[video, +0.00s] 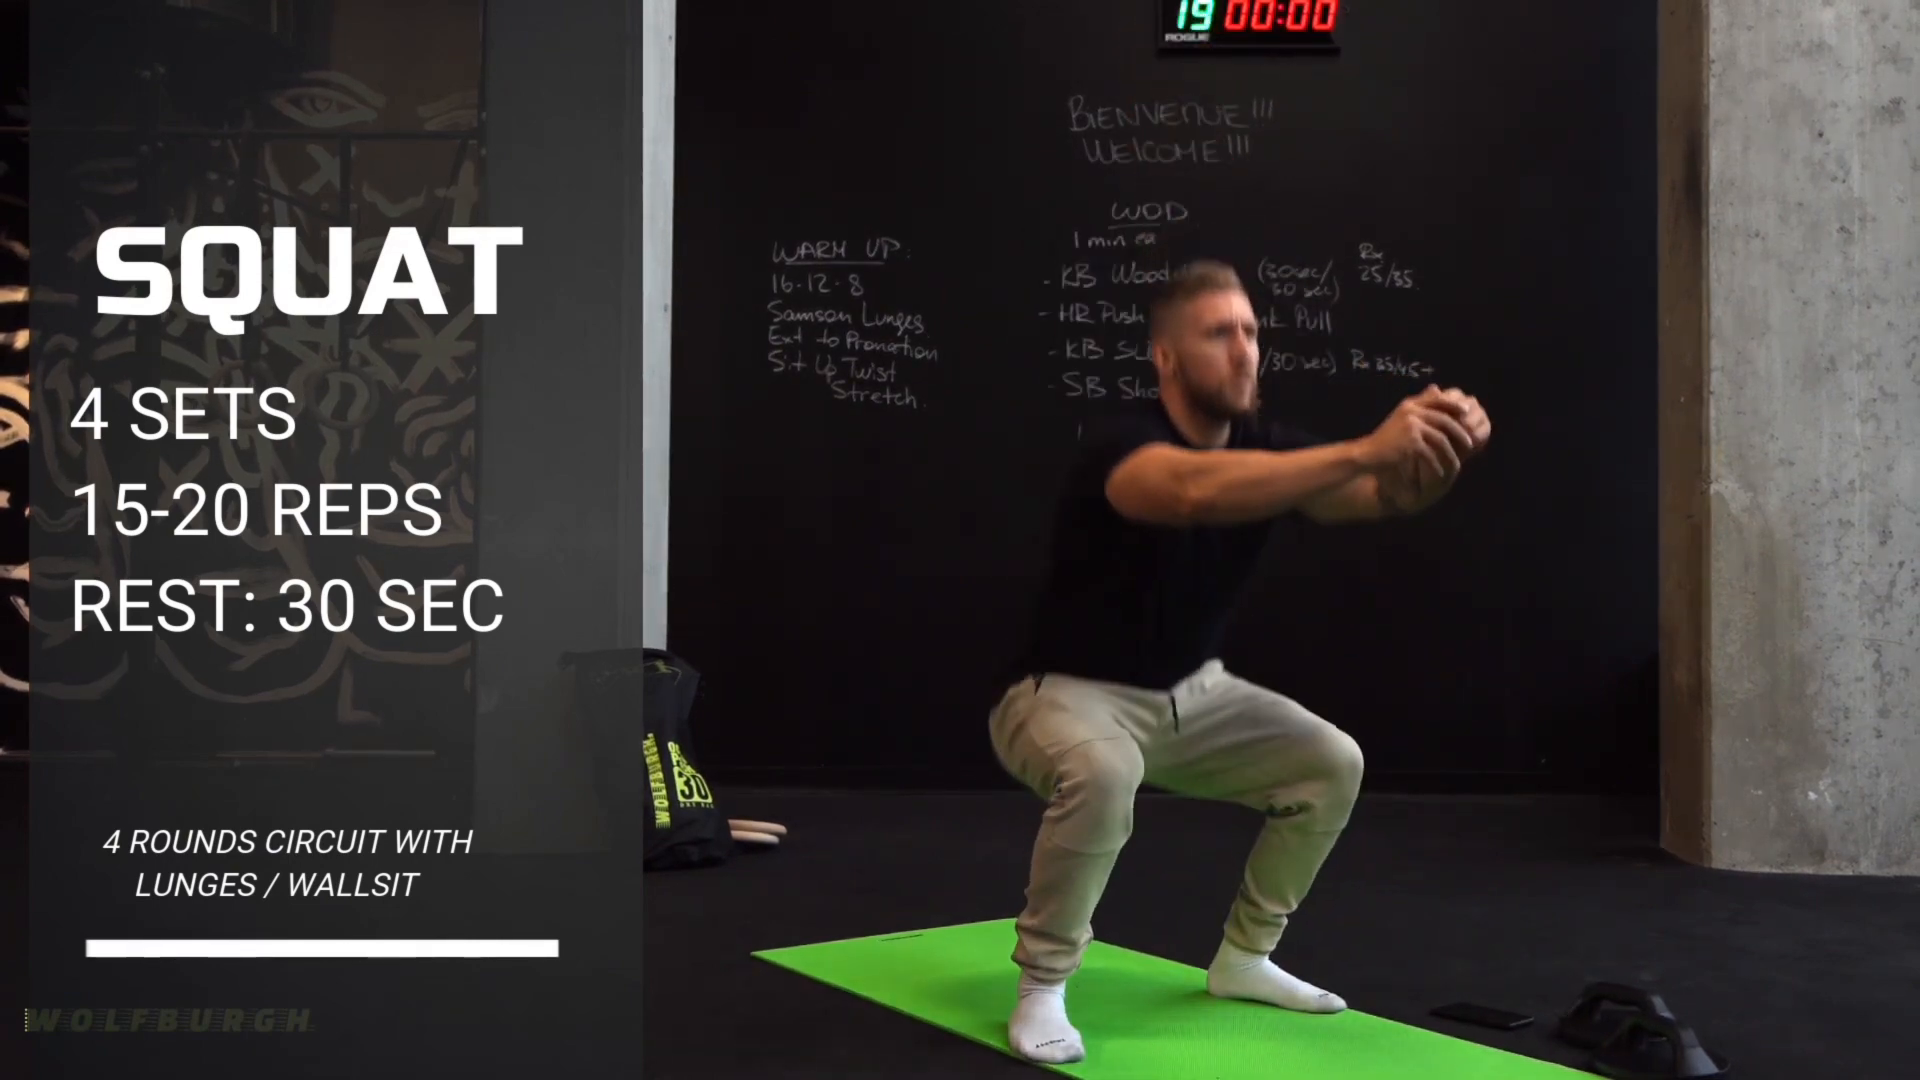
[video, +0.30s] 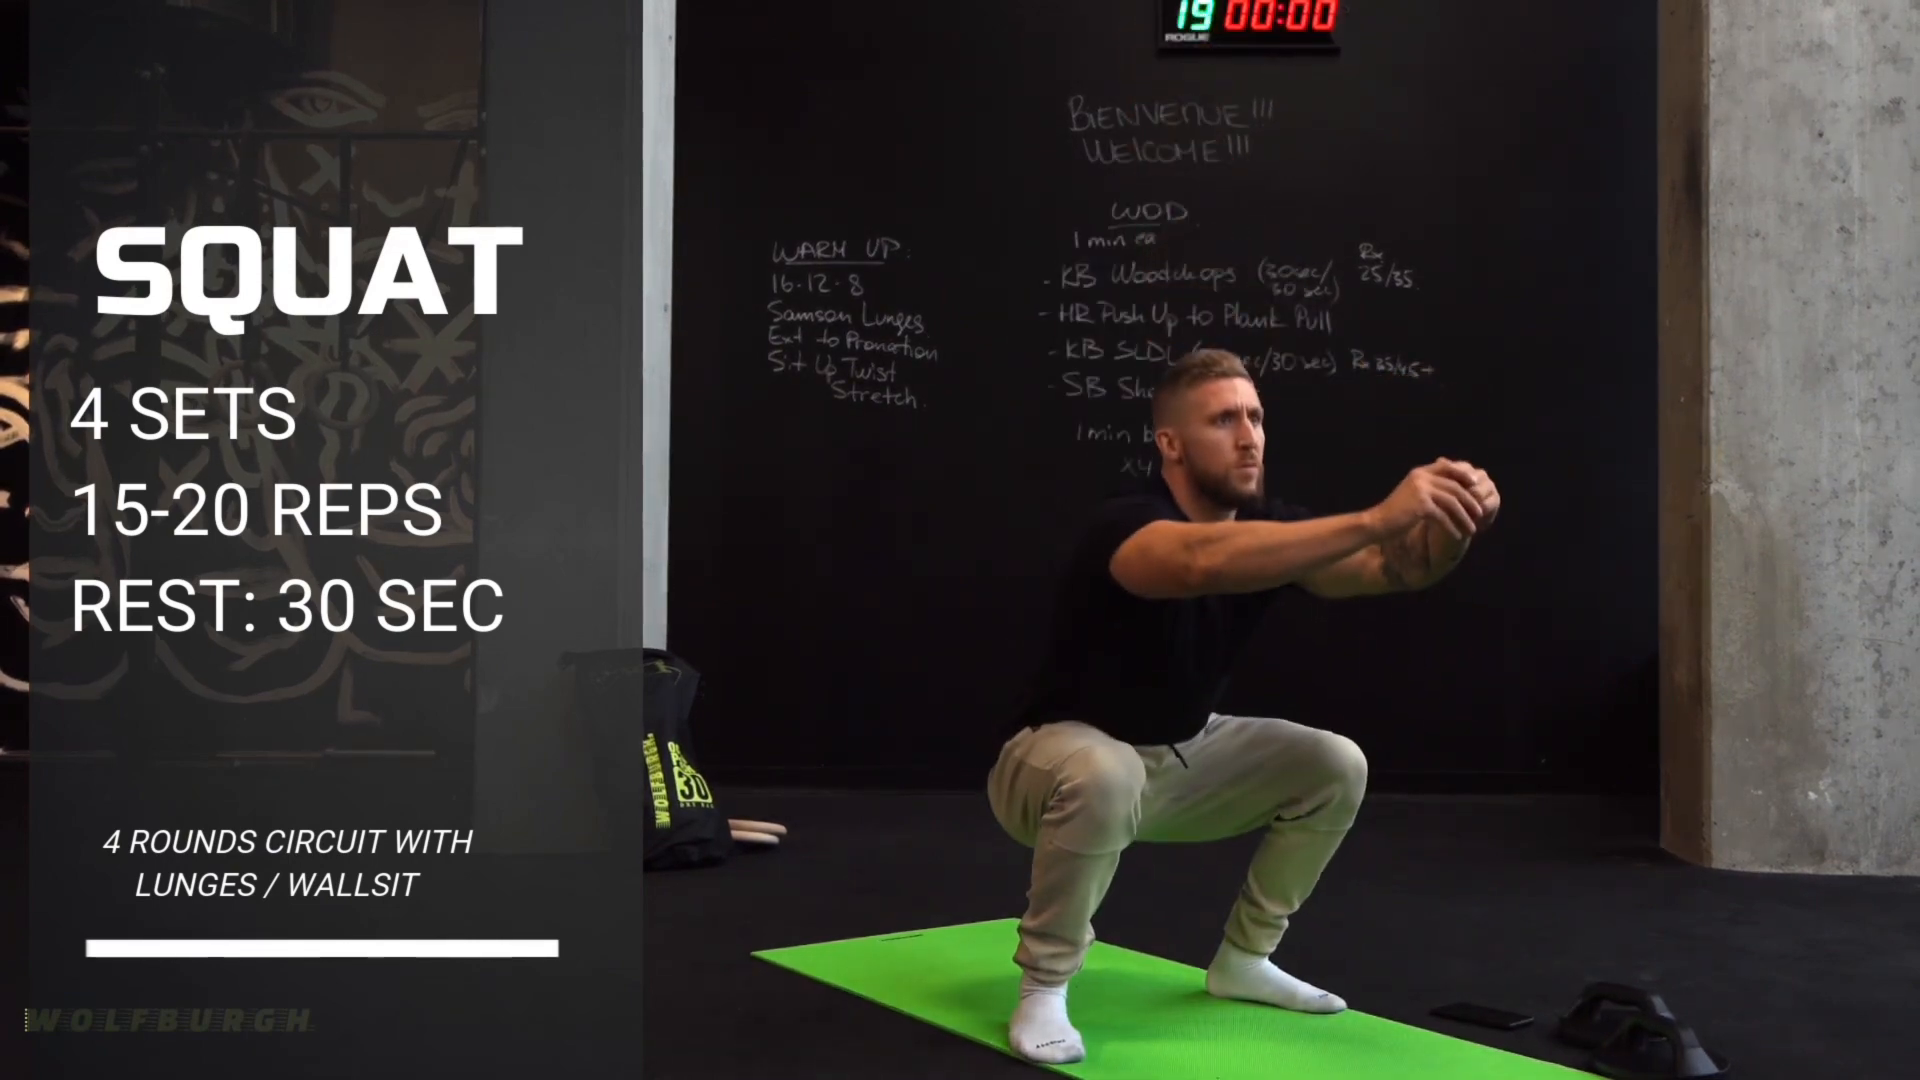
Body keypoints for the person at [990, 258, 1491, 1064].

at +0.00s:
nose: (1244, 350)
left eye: (1251, 333)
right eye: (1220, 335)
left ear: (1259, 349)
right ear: (1165, 358)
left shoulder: (1262, 453)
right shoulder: (1119, 448)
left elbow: (1387, 495)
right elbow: (1196, 492)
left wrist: (1446, 453)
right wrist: (1366, 453)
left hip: (1192, 699)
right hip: (1072, 695)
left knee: (1330, 766)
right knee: (1102, 779)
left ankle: (1242, 963)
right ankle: (1043, 989)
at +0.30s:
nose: (1249, 437)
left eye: (1255, 419)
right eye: (1224, 421)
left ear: (1265, 433)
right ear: (1170, 445)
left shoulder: (1263, 533)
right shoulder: (1122, 525)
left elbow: (1384, 567)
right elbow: (1202, 561)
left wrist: (1453, 526)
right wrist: (1375, 522)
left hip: (1183, 759)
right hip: (1058, 756)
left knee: (1334, 768)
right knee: (1105, 774)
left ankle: (1243, 962)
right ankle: (1044, 989)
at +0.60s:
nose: (1244, 255)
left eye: (1248, 240)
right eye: (1220, 241)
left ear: (1257, 258)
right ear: (1164, 265)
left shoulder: (1262, 373)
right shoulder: (1115, 363)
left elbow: (1358, 426)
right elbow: (1175, 443)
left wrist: (1443, 449)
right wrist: (1349, 451)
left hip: (1210, 641)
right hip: (1089, 642)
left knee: (1339, 766)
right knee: (1120, 776)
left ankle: (1244, 960)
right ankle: (1045, 986)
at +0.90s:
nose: (1222, 61)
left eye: (1226, 45)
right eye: (1197, 46)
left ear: (1233, 71)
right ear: (1144, 76)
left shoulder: (1260, 205)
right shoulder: (1093, 192)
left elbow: (1308, 363)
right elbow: (1044, 357)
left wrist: (1321, 503)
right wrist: (1062, 514)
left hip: (1242, 526)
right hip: (1123, 520)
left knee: (1250, 743)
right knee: (1093, 742)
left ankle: (1239, 955)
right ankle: (1040, 981)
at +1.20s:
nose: (1216, 62)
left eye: (1221, 46)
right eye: (1191, 47)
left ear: (1227, 71)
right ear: (1137, 74)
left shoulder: (1254, 204)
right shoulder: (1087, 190)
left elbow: (1294, 367)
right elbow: (1039, 359)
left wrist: (1303, 509)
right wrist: (1060, 515)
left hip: (1242, 528)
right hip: (1120, 522)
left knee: (1242, 746)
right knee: (1087, 749)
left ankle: (1239, 956)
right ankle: (1039, 981)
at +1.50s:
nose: (1234, 254)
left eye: (1240, 237)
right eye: (1211, 238)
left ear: (1248, 254)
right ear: (1157, 255)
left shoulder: (1255, 367)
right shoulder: (1108, 362)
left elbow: (1349, 425)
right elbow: (1167, 426)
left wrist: (1416, 425)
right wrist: (1343, 423)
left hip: (1196, 638)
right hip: (1073, 638)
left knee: (1324, 759)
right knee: (1099, 768)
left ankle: (1242, 961)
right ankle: (1041, 985)